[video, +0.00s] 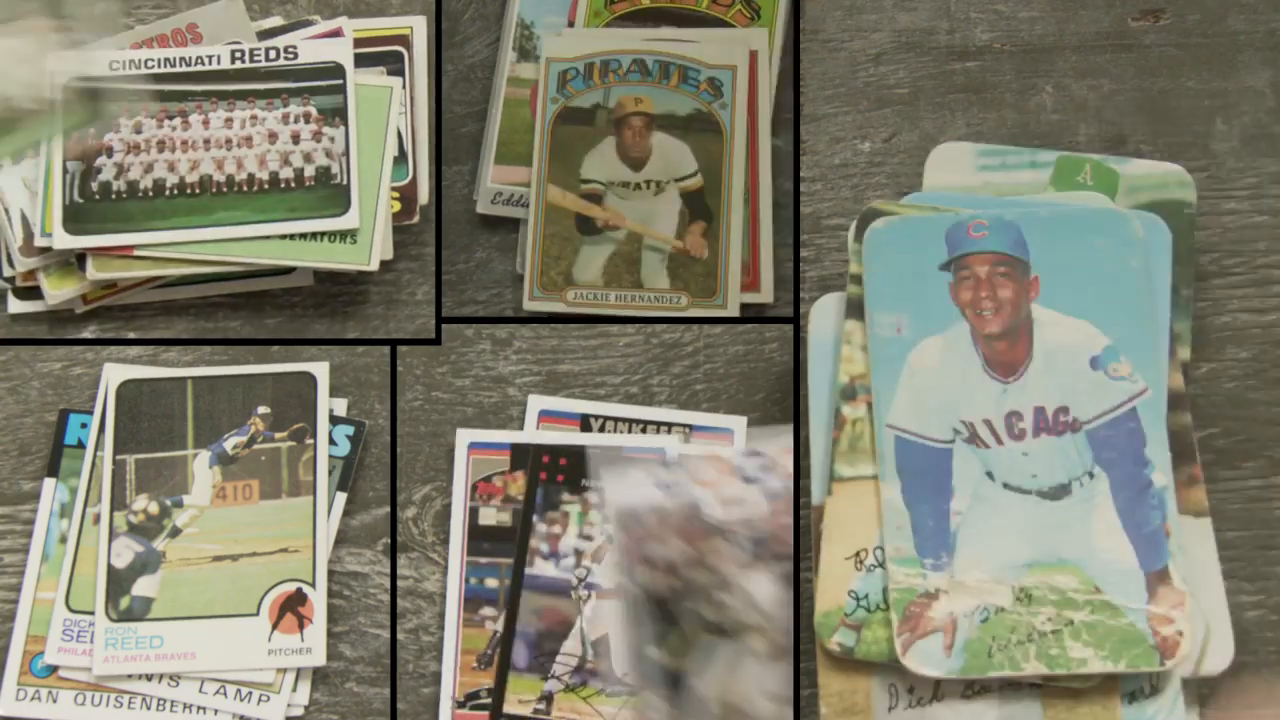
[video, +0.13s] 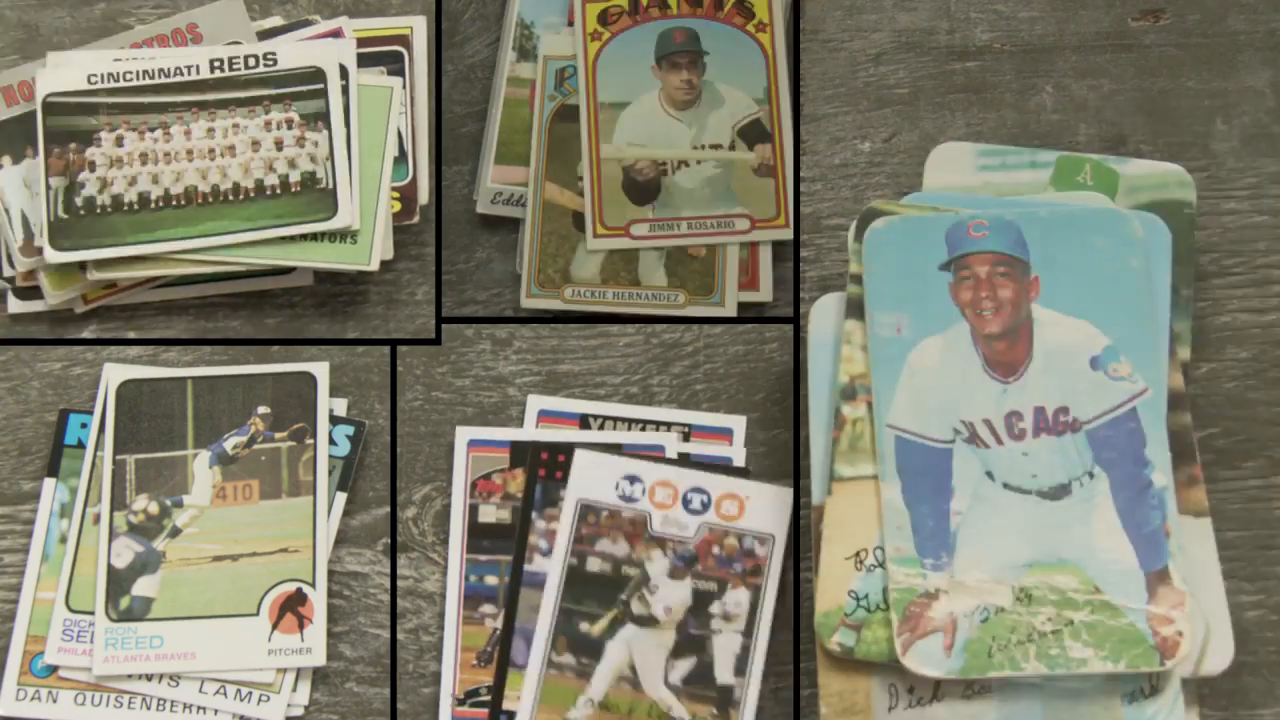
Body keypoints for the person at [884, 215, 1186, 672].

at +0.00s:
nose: (984, 291)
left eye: (1000, 276)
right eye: (969, 279)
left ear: (1031, 288)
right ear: (954, 294)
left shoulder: (1082, 349)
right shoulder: (932, 365)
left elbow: (1127, 468)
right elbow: (925, 485)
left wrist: (1159, 583)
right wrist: (937, 585)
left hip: (1090, 500)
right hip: (997, 502)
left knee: (1165, 631)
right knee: (942, 642)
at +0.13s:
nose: (984, 291)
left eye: (1000, 276)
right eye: (969, 279)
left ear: (1032, 288)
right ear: (954, 294)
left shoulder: (1083, 349)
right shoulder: (931, 366)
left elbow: (1127, 467)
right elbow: (925, 484)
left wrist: (1159, 583)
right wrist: (937, 584)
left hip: (1090, 499)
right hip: (997, 502)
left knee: (1164, 631)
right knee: (944, 642)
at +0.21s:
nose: (1179, 270)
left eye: (1190, 249)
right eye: (1161, 249)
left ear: (1202, 252)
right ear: (1121, 245)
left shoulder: (1148, 305)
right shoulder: (1087, 342)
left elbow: (1163, 376)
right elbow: (1130, 501)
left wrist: (1190, 426)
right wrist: (1197, 560)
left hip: (1104, 503)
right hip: (1030, 518)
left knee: (1162, 636)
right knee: (1029, 671)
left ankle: (1190, 711)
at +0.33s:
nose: (1075, 324)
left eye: (1084, 311)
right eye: (1062, 306)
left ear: (1091, 314)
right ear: (1025, 298)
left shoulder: (1042, 346)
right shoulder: (999, 370)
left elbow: (1035, 399)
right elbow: (1020, 492)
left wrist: (1065, 433)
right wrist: (1074, 553)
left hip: (993, 471)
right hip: (931, 481)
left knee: (1035, 597)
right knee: (923, 617)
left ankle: (1063, 698)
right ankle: (906, 701)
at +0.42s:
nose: (1075, 324)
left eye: (1085, 312)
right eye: (1062, 306)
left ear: (1091, 314)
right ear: (1025, 298)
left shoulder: (1042, 345)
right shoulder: (998, 370)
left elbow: (1035, 398)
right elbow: (1020, 493)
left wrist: (1065, 434)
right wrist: (1075, 553)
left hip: (993, 472)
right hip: (931, 481)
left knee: (1034, 595)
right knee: (923, 618)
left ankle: (1062, 697)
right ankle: (912, 702)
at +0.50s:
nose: (1075, 324)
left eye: (1085, 312)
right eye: (1062, 306)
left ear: (1091, 314)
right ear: (1025, 298)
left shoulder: (1041, 345)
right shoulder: (998, 371)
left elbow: (1033, 398)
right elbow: (1020, 494)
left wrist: (1064, 432)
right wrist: (1075, 553)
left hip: (992, 472)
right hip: (931, 482)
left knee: (1033, 593)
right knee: (923, 620)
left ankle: (1062, 697)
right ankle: (912, 703)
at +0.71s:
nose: (1074, 324)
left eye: (1085, 312)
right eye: (1061, 306)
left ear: (1092, 315)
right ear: (1025, 298)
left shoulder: (1040, 345)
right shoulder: (997, 372)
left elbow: (1037, 394)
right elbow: (1020, 494)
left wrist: (1062, 431)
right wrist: (1078, 556)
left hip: (990, 470)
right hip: (932, 479)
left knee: (1032, 589)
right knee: (924, 622)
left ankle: (1069, 691)